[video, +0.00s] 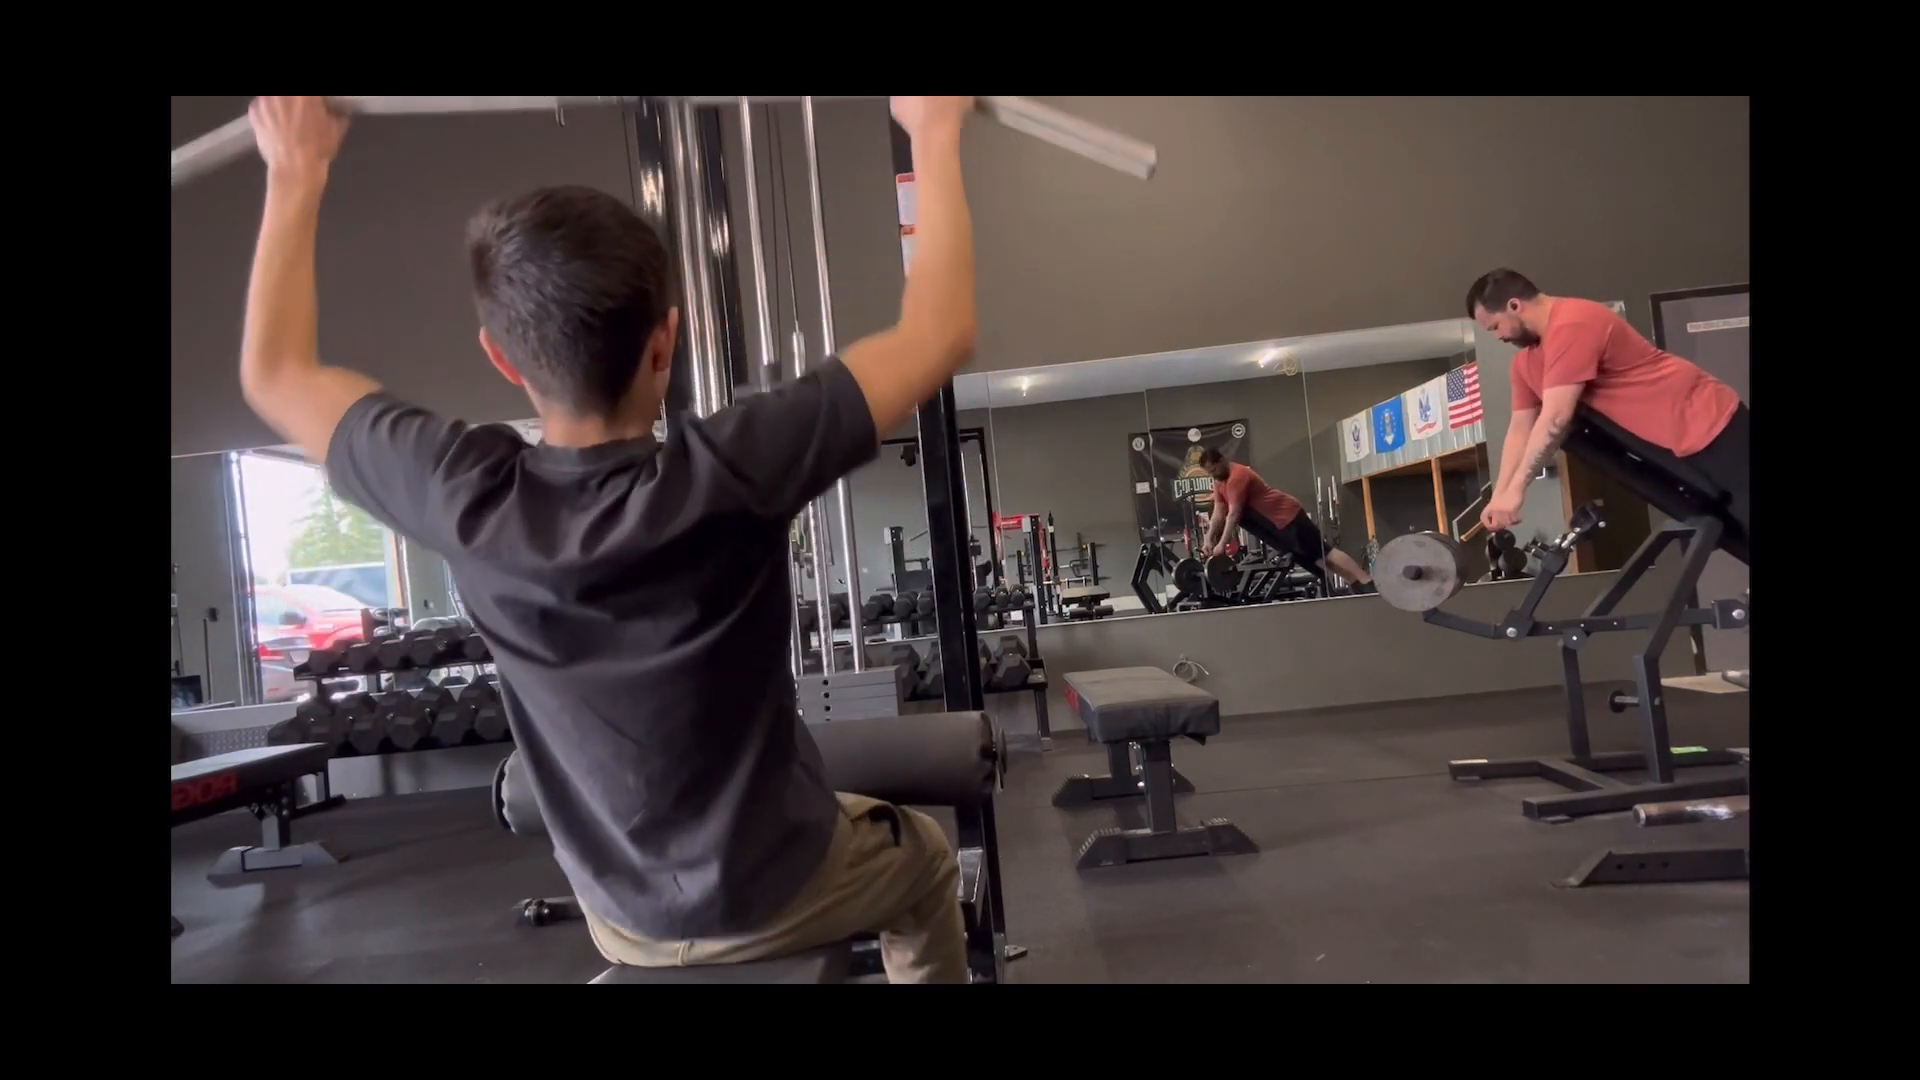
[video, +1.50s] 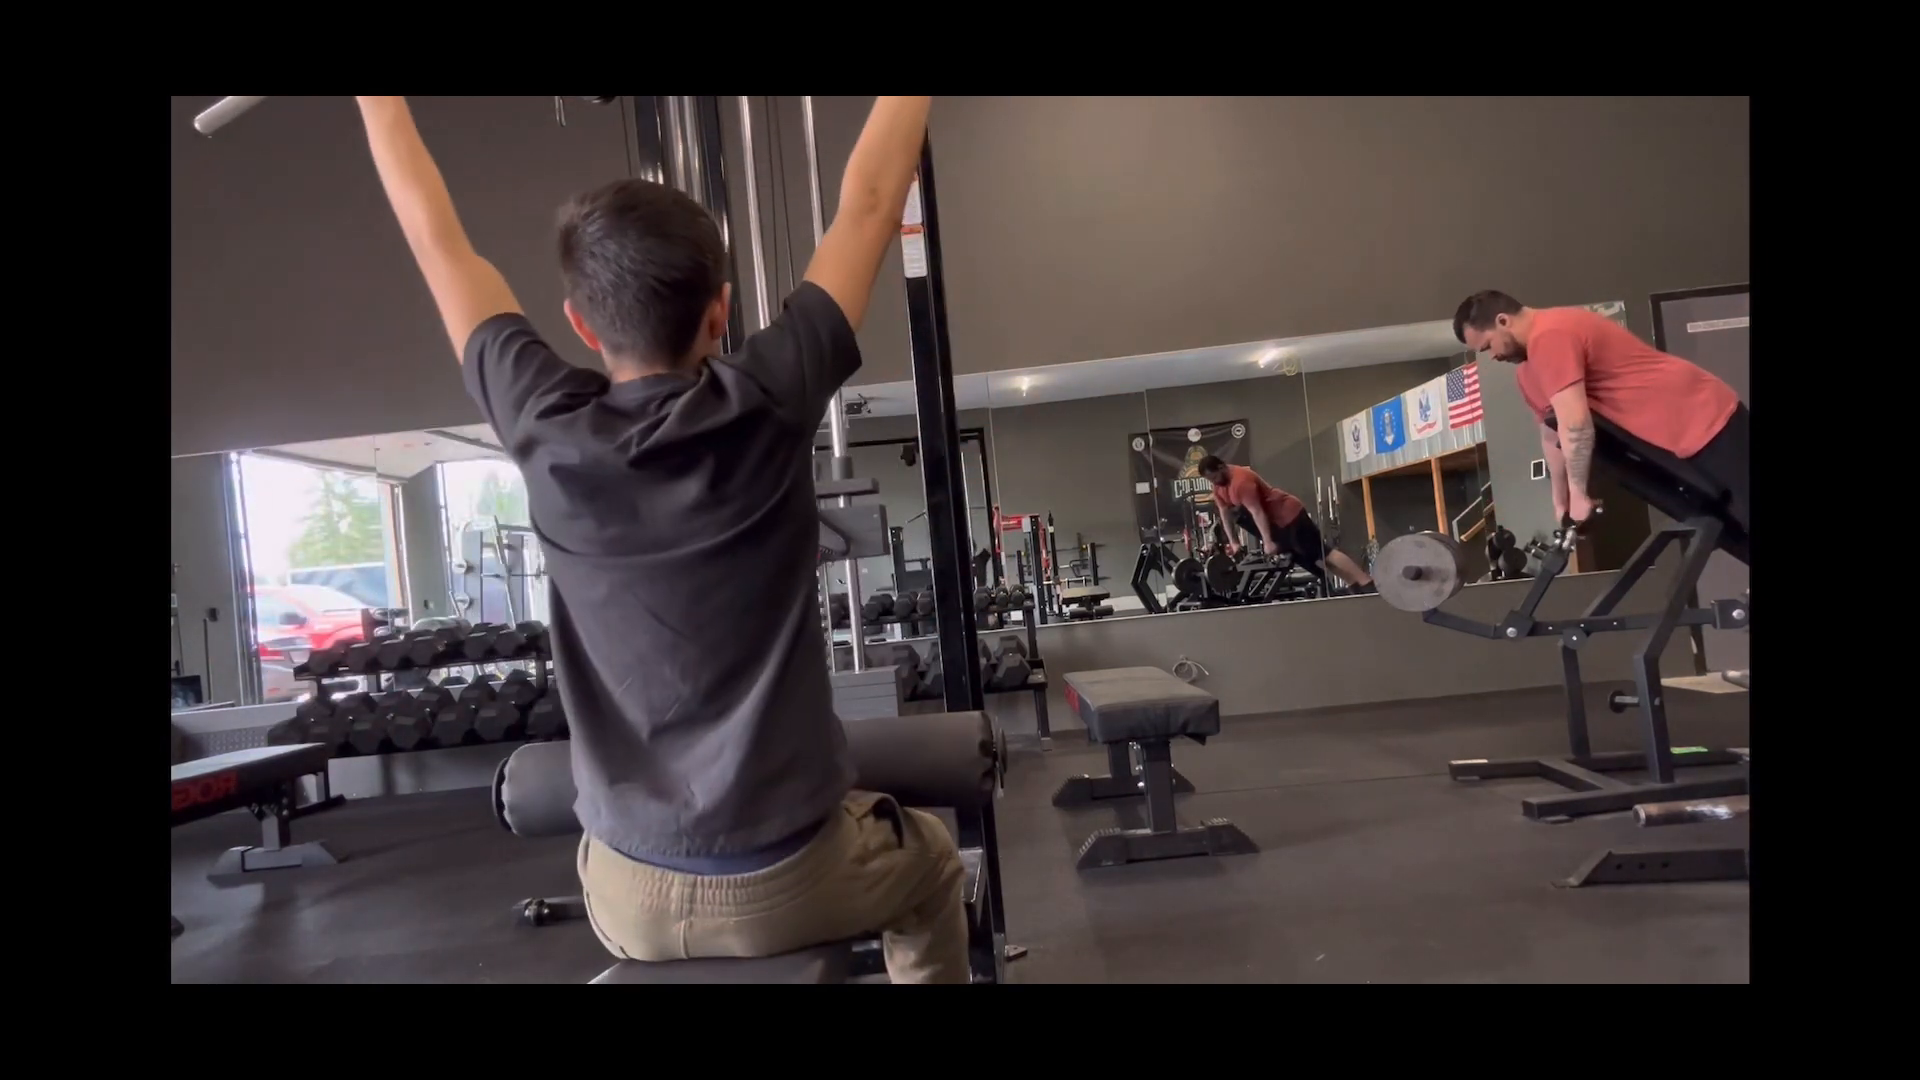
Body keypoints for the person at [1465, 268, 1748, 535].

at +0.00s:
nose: (1498, 337)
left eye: (1495, 327)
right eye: (1491, 332)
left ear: (1515, 306)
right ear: (1514, 309)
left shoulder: (1573, 322)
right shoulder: (1526, 362)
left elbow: (1556, 420)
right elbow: (1519, 428)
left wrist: (1515, 489)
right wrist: (1501, 492)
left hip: (1711, 422)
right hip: (1676, 449)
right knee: (1734, 534)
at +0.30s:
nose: (1493, 346)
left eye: (1490, 335)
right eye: (1486, 340)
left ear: (1509, 312)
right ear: (1508, 314)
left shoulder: (1567, 325)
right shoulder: (1528, 363)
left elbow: (1589, 415)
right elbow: (1547, 423)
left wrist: (1558, 476)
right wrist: (1556, 486)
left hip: (1709, 423)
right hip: (1670, 449)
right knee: (1730, 533)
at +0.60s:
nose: (1487, 360)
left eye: (1481, 350)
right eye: (1479, 355)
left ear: (1496, 330)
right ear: (1496, 333)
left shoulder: (1555, 333)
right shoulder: (1531, 371)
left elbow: (1587, 419)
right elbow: (1568, 436)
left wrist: (1583, 490)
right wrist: (1580, 494)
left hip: (1704, 421)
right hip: (1671, 445)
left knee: (1745, 515)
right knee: (1729, 529)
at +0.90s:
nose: (1483, 365)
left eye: (1477, 356)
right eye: (1476, 360)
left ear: (1493, 335)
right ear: (1493, 337)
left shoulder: (1550, 335)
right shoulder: (1527, 367)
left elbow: (1583, 422)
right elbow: (1566, 431)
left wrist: (1587, 494)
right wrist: (1583, 492)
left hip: (1701, 416)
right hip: (1672, 439)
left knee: (1745, 510)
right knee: (1730, 522)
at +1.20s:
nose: (1487, 363)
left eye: (1481, 353)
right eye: (1479, 357)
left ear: (1496, 331)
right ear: (1497, 334)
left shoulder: (1546, 339)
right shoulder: (1528, 373)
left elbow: (1576, 426)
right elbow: (1558, 442)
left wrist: (1585, 496)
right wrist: (1572, 505)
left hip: (1708, 422)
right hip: (1681, 444)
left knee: (1745, 519)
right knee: (1733, 529)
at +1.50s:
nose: (1492, 356)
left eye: (1487, 346)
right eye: (1483, 351)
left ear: (1503, 320)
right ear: (1502, 323)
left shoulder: (1549, 336)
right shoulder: (1526, 371)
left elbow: (1578, 427)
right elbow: (1553, 436)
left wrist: (1578, 494)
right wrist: (1561, 500)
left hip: (1706, 420)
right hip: (1677, 444)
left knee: (1744, 521)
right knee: (1730, 531)